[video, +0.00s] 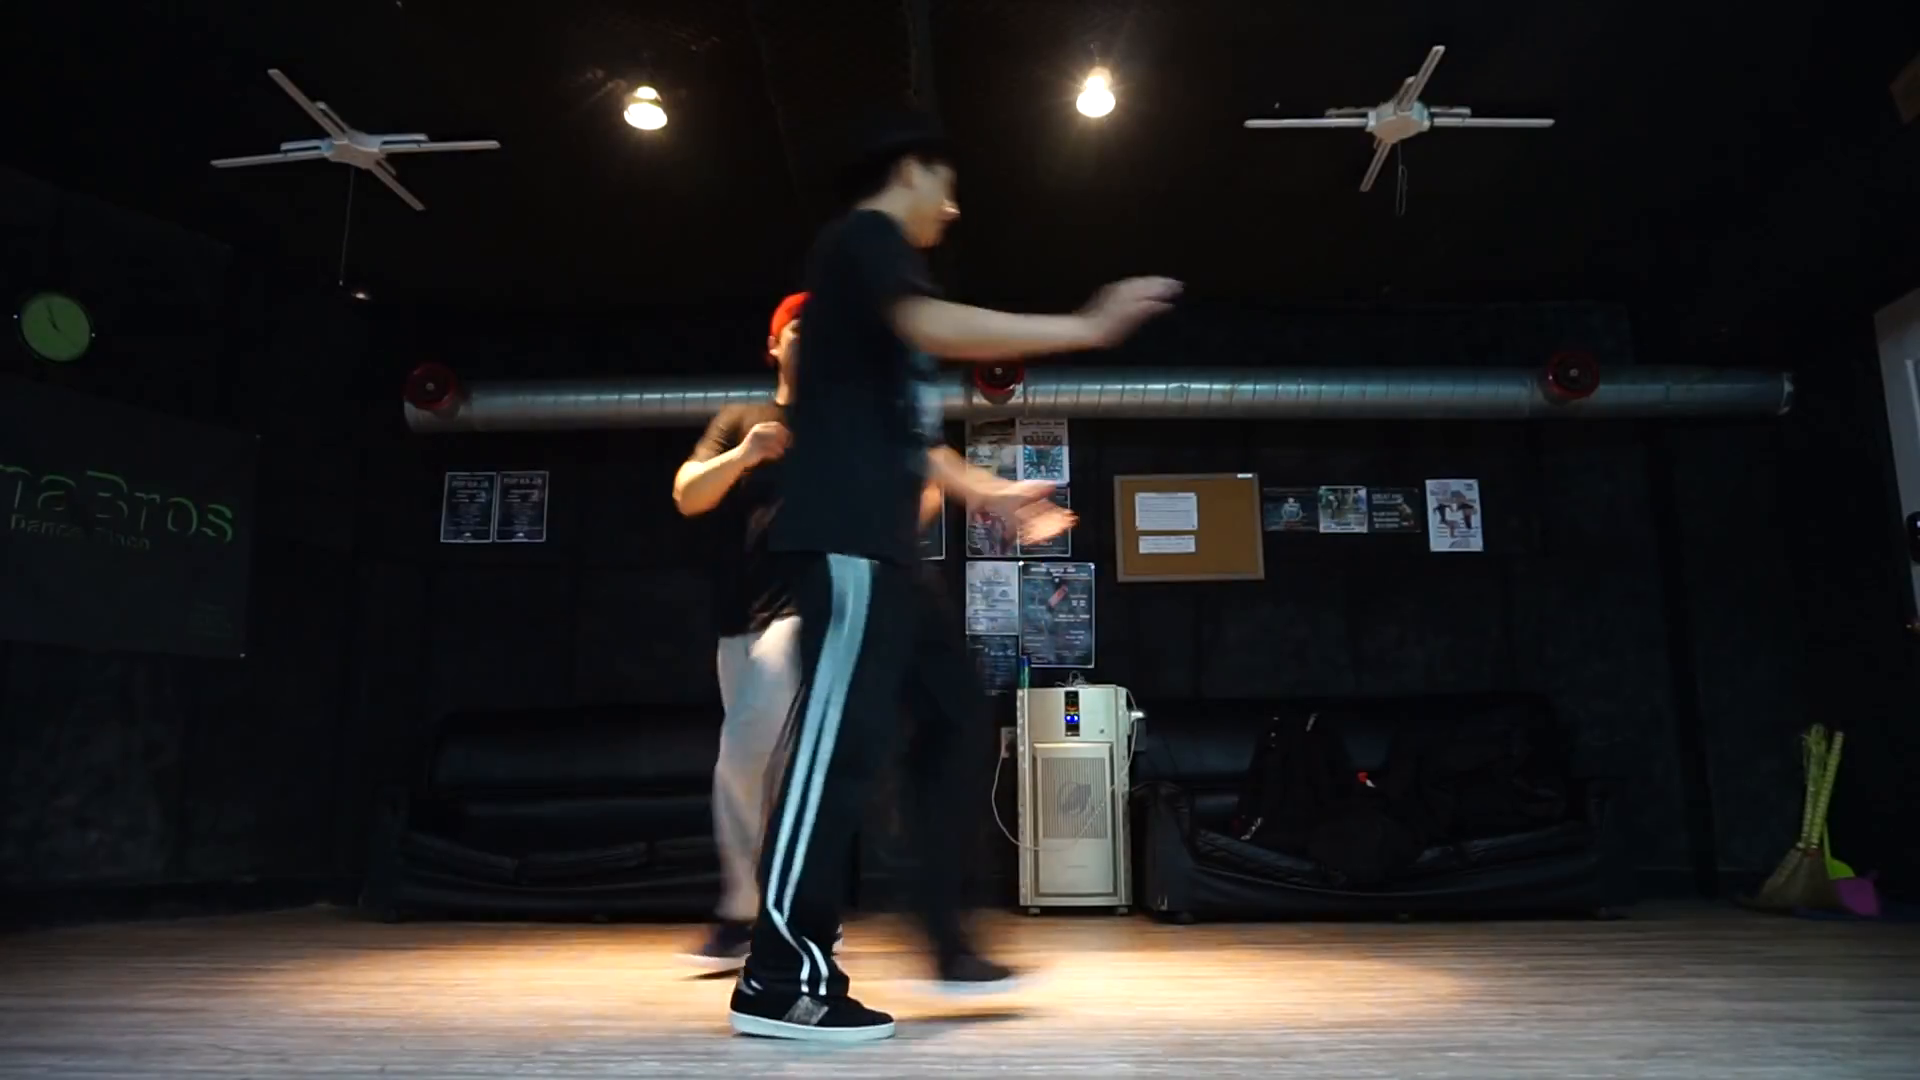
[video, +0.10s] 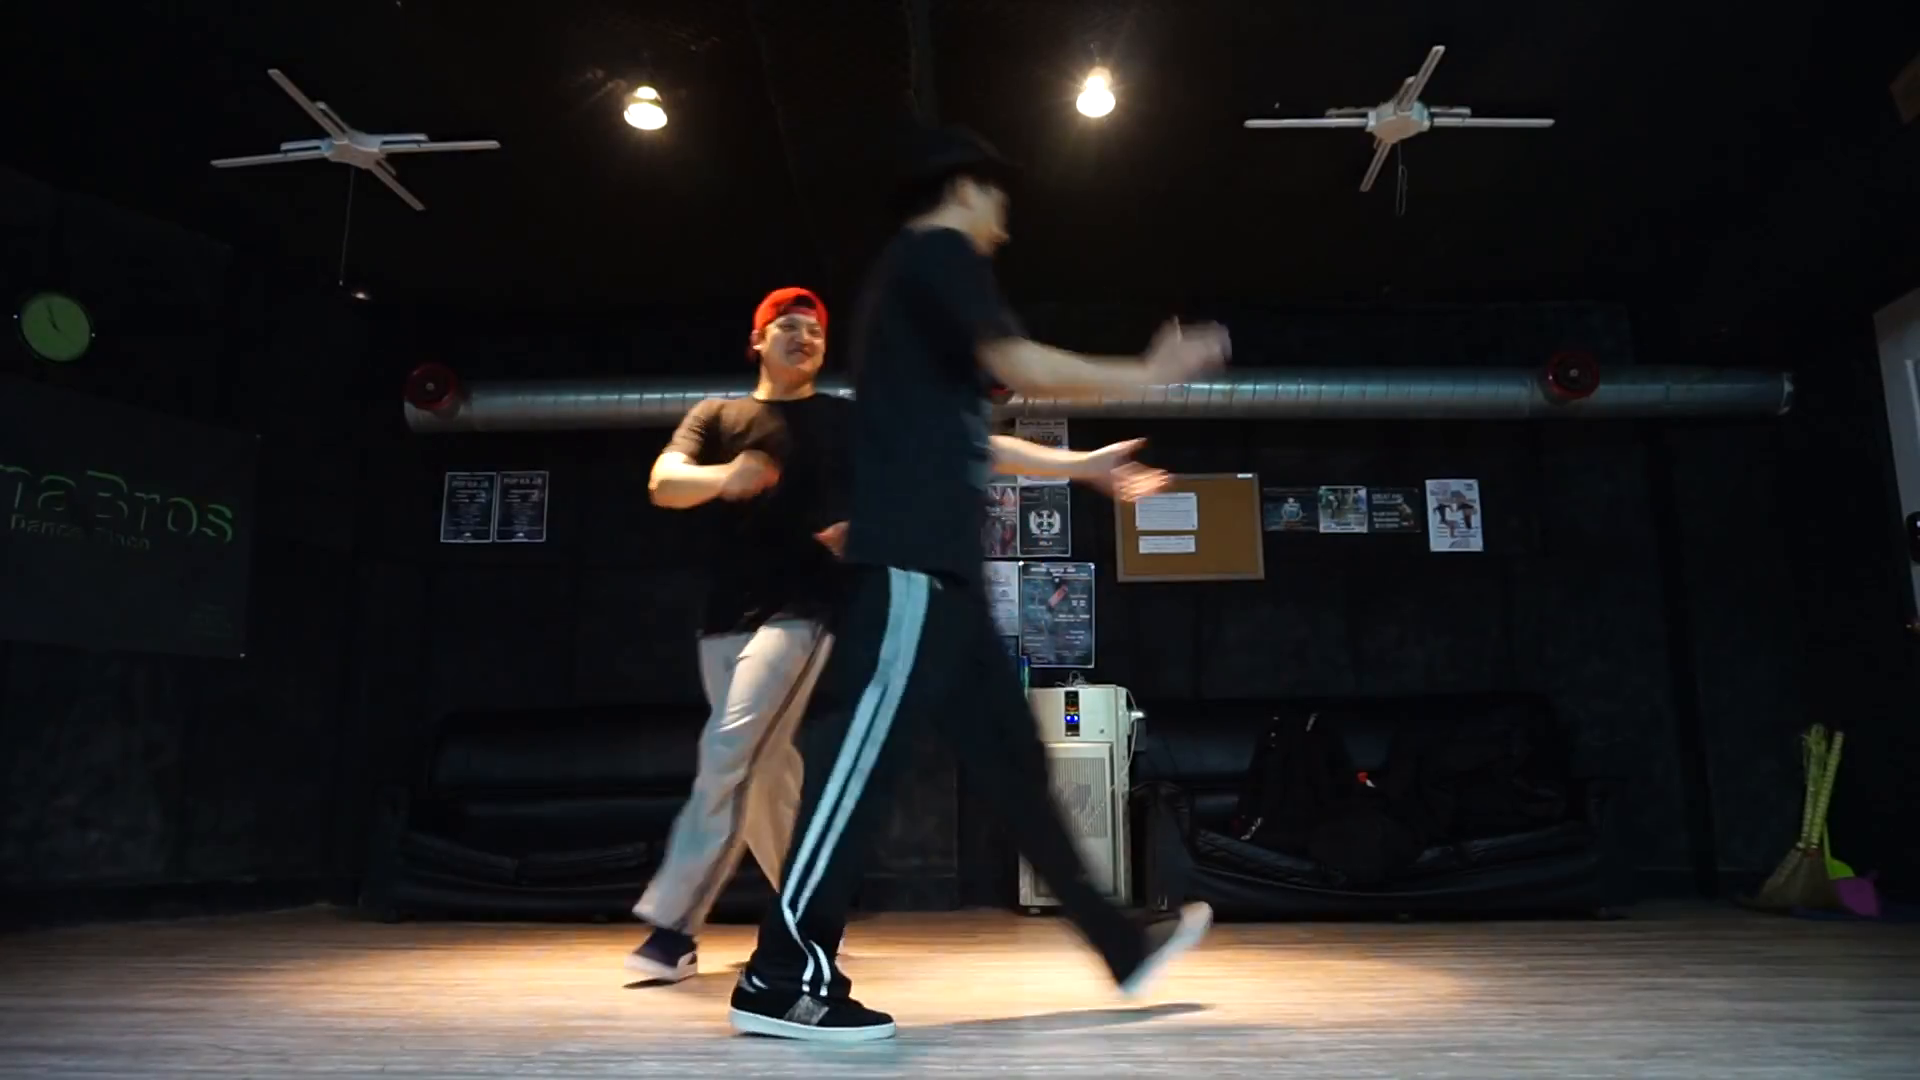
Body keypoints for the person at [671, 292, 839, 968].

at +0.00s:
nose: (798, 344)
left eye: (807, 333)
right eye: (790, 334)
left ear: (824, 346)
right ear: (774, 346)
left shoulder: (842, 420)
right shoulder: (743, 419)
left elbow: (919, 497)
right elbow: (688, 496)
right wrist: (743, 455)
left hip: (807, 601)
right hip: (742, 609)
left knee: (768, 676)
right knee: (769, 767)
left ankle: (739, 908)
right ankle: (792, 918)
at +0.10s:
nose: (802, 337)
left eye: (812, 330)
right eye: (789, 326)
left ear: (822, 350)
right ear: (759, 341)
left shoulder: (842, 421)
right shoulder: (715, 415)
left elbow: (899, 487)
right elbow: (663, 482)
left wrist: (854, 527)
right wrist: (724, 478)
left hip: (801, 605)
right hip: (725, 609)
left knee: (730, 745)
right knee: (762, 776)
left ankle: (672, 929)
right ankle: (815, 924)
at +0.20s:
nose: (794, 350)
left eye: (803, 342)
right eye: (780, 338)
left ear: (811, 357)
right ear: (745, 347)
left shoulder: (826, 432)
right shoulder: (694, 422)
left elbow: (884, 512)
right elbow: (644, 490)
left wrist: (835, 536)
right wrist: (699, 523)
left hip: (772, 628)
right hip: (694, 633)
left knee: (703, 763)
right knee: (742, 796)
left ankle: (666, 936)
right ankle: (814, 930)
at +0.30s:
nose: (790, 360)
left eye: (798, 349)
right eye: (775, 346)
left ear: (802, 360)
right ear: (736, 350)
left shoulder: (805, 445)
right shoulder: (673, 420)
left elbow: (839, 545)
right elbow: (630, 504)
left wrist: (787, 522)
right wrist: (672, 557)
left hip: (751, 633)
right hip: (666, 633)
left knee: (689, 788)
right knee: (647, 799)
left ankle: (667, 948)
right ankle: (777, 887)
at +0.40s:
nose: (781, 348)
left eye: (788, 340)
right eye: (767, 333)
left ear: (788, 353)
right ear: (725, 334)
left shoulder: (783, 437)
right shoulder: (649, 409)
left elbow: (807, 544)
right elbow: (602, 503)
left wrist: (760, 476)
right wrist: (629, 559)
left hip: (733, 631)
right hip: (641, 629)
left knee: (684, 789)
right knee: (600, 782)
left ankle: (666, 949)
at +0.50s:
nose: (764, 319)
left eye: (770, 312)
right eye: (750, 304)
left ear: (770, 328)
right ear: (706, 304)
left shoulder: (771, 412)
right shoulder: (633, 389)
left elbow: (801, 511)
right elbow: (575, 477)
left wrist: (746, 432)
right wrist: (590, 536)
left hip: (726, 618)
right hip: (628, 606)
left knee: (691, 785)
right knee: (599, 747)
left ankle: (668, 944)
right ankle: (583, 901)